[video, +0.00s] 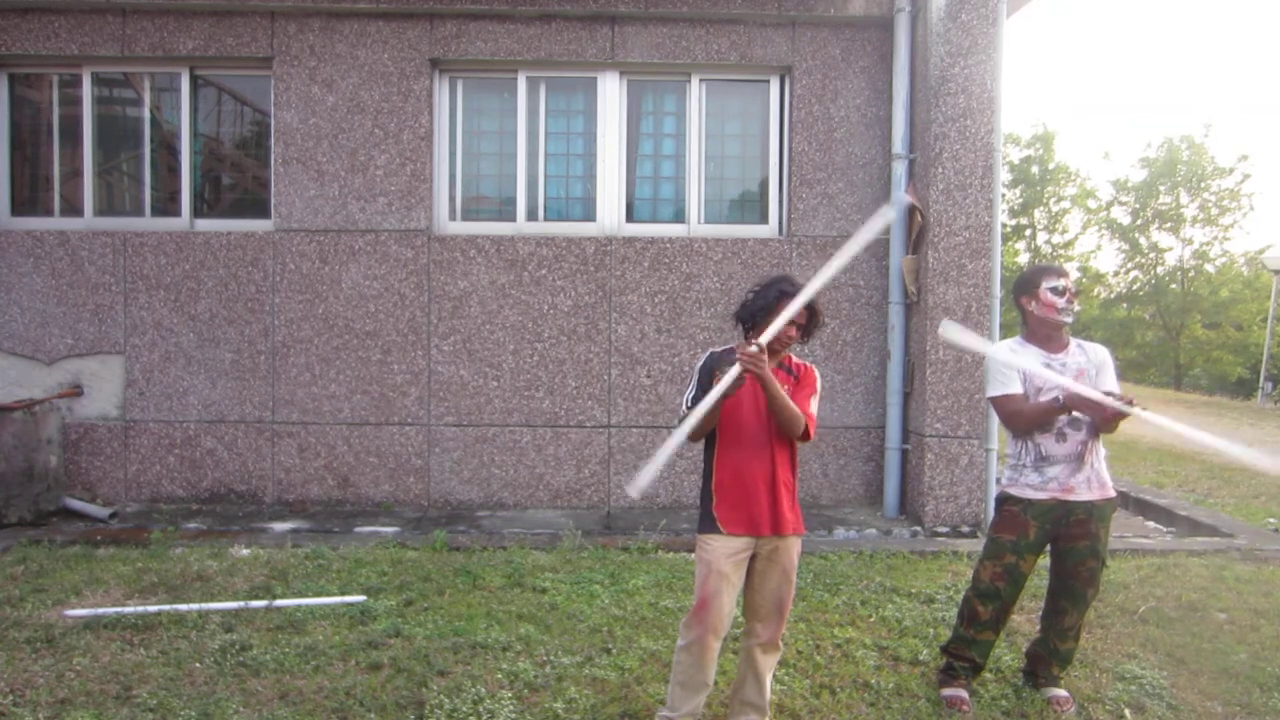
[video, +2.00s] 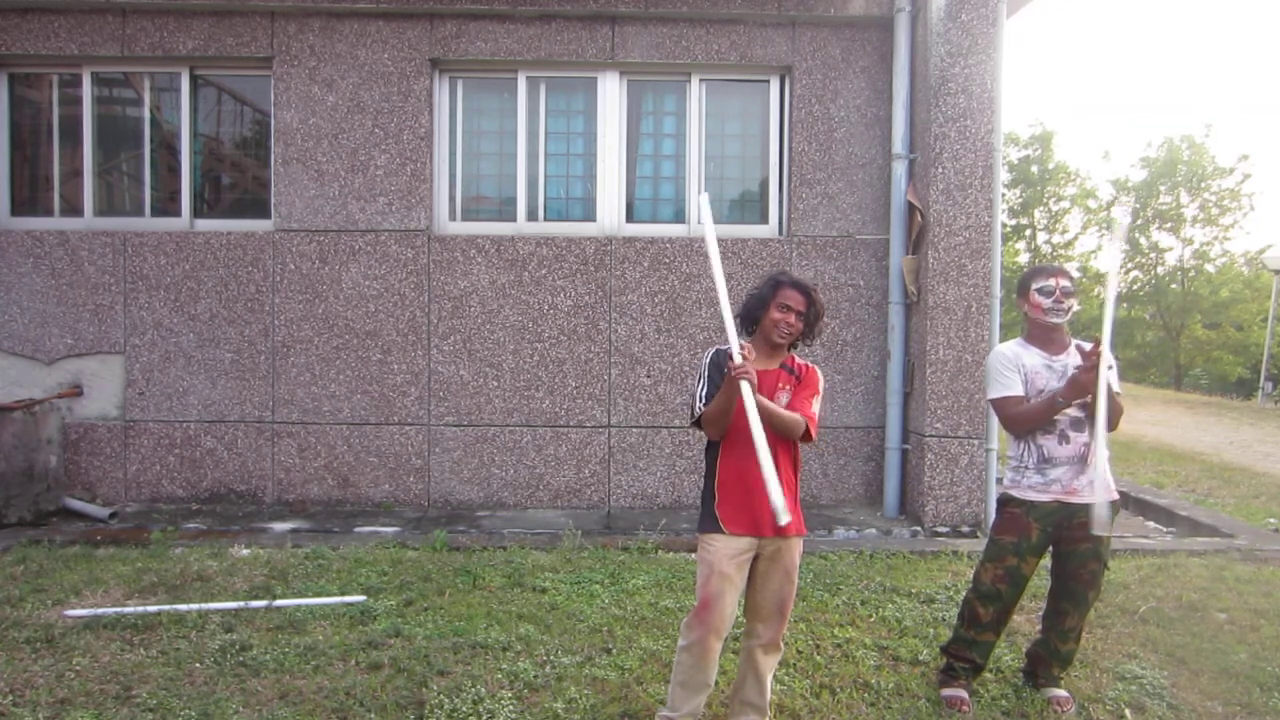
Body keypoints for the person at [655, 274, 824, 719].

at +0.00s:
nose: (793, 332)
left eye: (800, 327)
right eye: (787, 320)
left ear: (803, 332)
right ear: (759, 315)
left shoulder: (804, 373)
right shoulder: (717, 363)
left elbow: (800, 430)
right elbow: (693, 430)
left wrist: (767, 376)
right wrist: (721, 390)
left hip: (782, 520)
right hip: (724, 519)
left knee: (767, 635)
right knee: (707, 624)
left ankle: (750, 715)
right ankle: (678, 714)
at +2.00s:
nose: (790, 320)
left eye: (800, 315)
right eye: (783, 308)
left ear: (805, 326)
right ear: (761, 308)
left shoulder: (807, 373)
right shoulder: (723, 358)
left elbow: (800, 428)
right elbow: (713, 429)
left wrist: (751, 396)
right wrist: (732, 382)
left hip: (785, 519)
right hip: (728, 516)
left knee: (768, 635)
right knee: (709, 621)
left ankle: (749, 715)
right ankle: (678, 714)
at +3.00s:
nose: (803, 327)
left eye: (810, 320)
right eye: (795, 314)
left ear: (814, 328)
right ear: (767, 313)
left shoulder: (807, 369)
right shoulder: (727, 353)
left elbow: (795, 432)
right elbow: (703, 413)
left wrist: (765, 387)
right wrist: (730, 363)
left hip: (780, 516)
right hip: (724, 513)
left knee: (766, 633)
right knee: (707, 620)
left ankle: (749, 714)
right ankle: (678, 713)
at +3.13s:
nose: (795, 318)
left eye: (802, 313)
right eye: (786, 308)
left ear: (807, 322)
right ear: (760, 310)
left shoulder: (806, 365)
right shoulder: (726, 354)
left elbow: (794, 430)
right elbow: (706, 410)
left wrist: (767, 395)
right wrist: (737, 363)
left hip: (780, 515)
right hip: (722, 512)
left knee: (766, 633)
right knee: (704, 618)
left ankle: (749, 714)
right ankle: (677, 713)